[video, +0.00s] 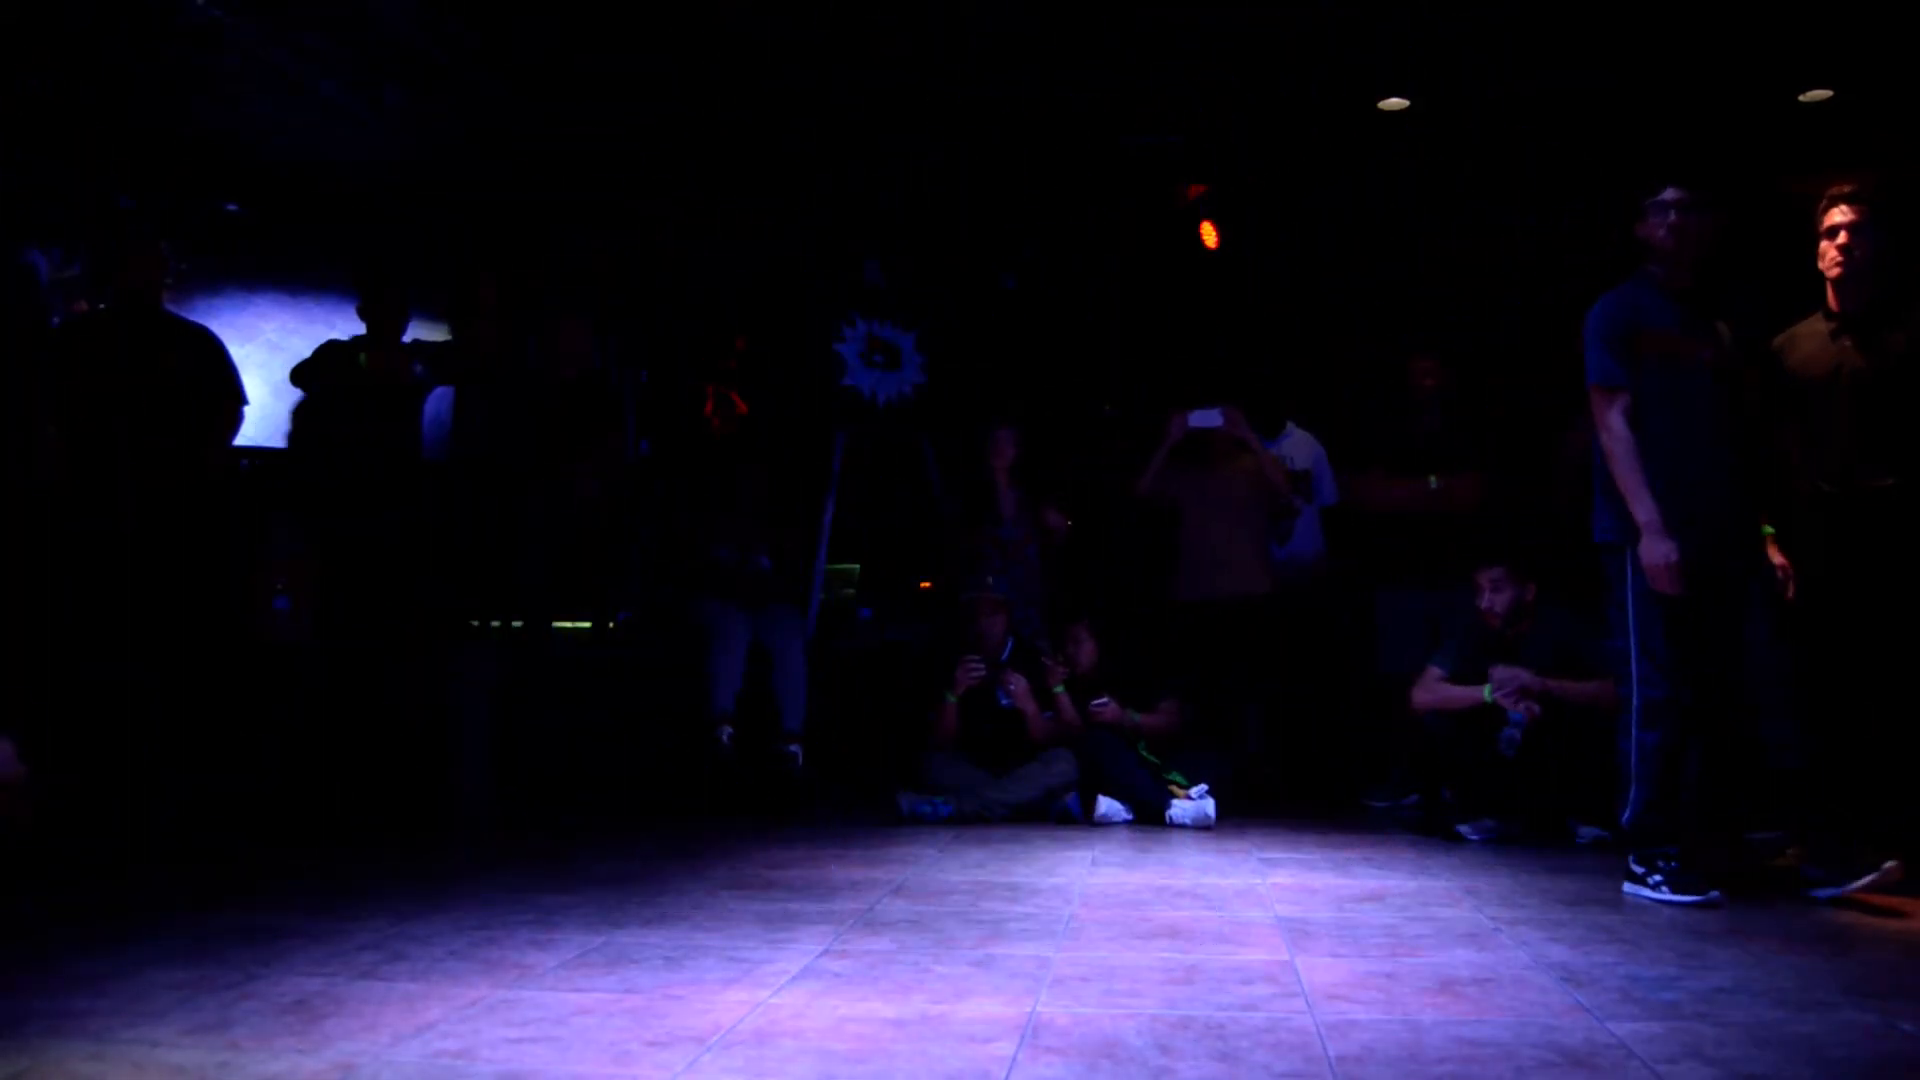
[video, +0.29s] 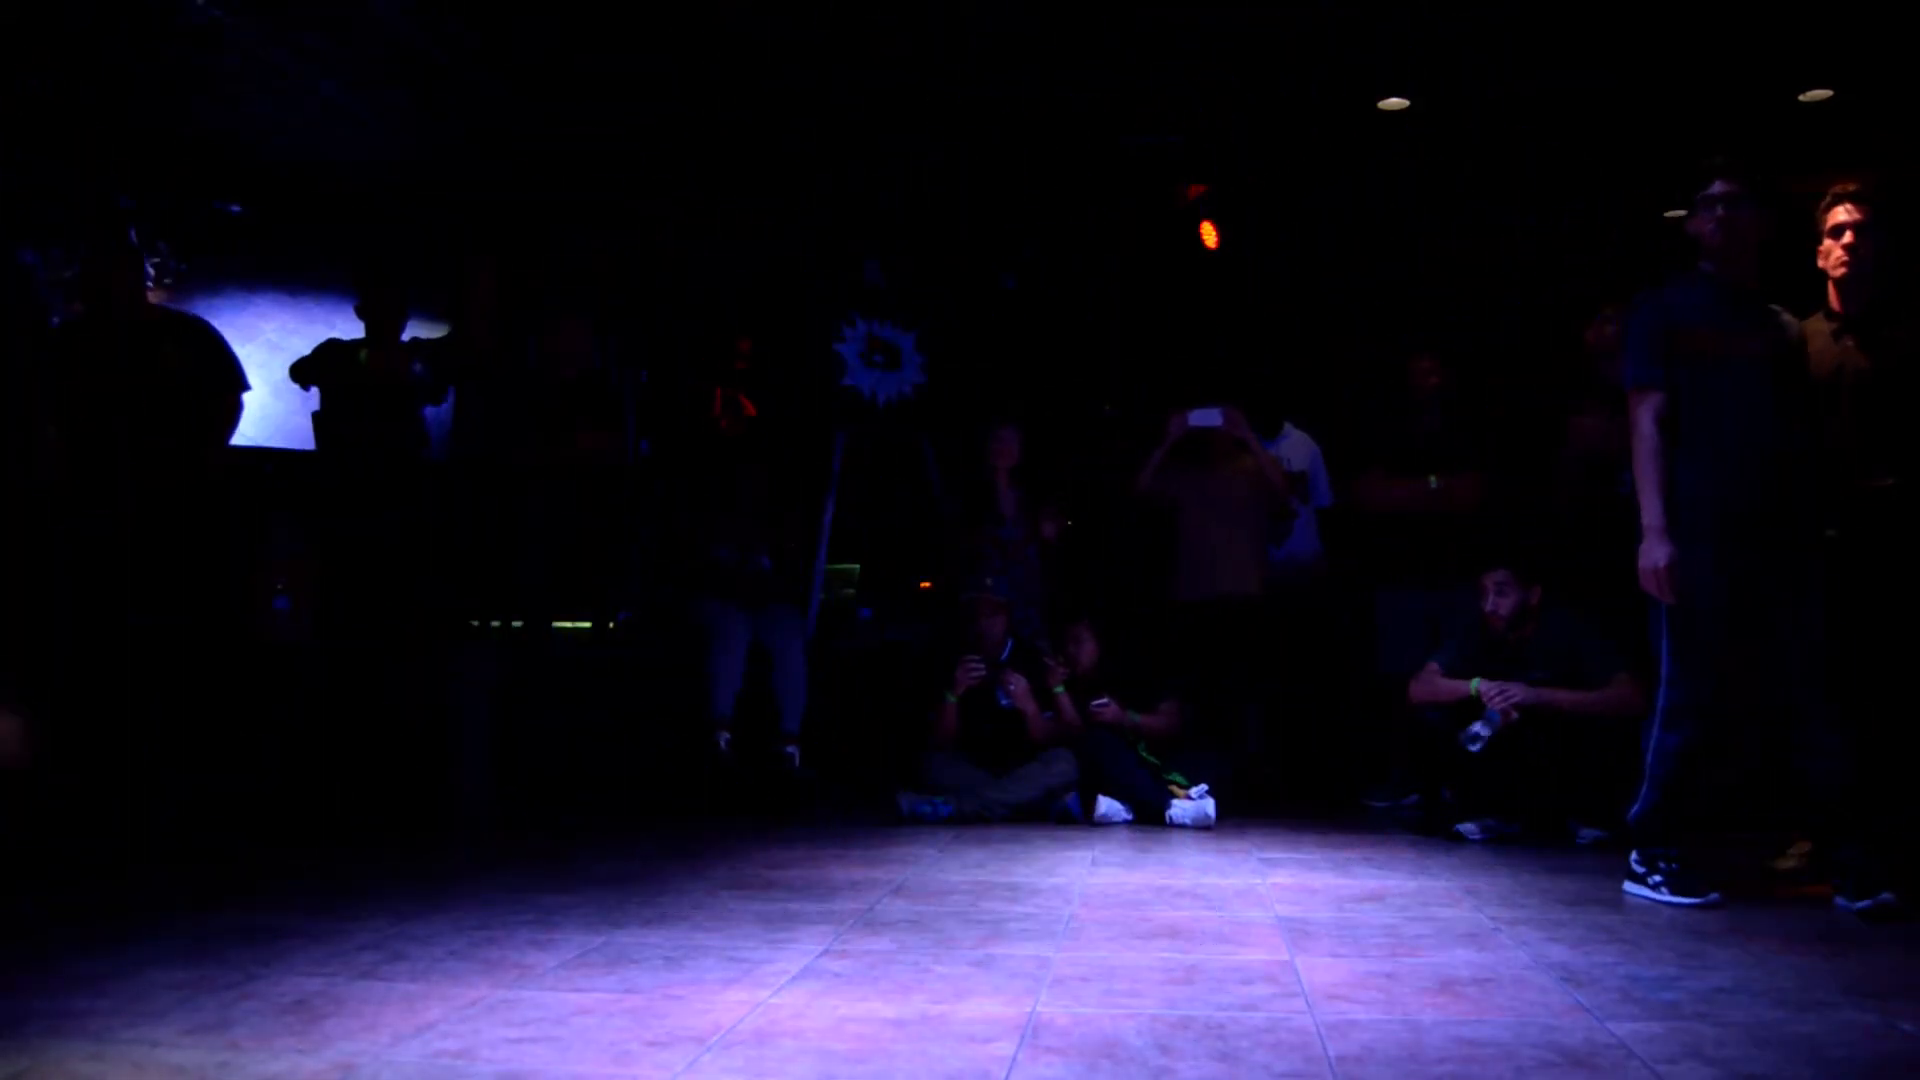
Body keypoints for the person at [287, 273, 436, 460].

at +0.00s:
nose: (389, 323)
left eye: (397, 314)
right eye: (381, 312)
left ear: (407, 317)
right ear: (362, 312)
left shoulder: (417, 357)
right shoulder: (336, 352)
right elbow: (299, 375)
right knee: (308, 409)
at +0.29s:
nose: (388, 323)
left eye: (395, 314)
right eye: (379, 313)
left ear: (405, 316)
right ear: (361, 312)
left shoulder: (415, 354)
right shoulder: (336, 353)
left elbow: (460, 341)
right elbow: (298, 372)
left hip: (405, 452)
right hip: (347, 454)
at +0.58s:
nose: (385, 322)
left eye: (392, 314)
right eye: (377, 313)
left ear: (401, 316)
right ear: (357, 314)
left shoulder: (416, 356)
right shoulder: (333, 354)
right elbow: (299, 379)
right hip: (343, 451)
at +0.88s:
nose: (383, 321)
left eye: (391, 311)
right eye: (375, 311)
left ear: (401, 314)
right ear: (356, 314)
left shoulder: (421, 362)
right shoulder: (333, 355)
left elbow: (448, 408)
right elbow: (300, 383)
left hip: (402, 461)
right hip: (342, 459)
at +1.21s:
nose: (382, 321)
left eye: (390, 310)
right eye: (375, 309)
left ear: (402, 314)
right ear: (358, 310)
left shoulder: (420, 360)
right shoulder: (332, 353)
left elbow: (448, 400)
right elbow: (301, 383)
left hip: (401, 458)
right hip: (342, 456)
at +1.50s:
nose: (383, 320)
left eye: (391, 309)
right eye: (375, 309)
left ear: (403, 313)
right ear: (358, 311)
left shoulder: (414, 355)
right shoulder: (332, 354)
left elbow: (461, 354)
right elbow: (302, 387)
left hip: (401, 458)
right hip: (343, 458)